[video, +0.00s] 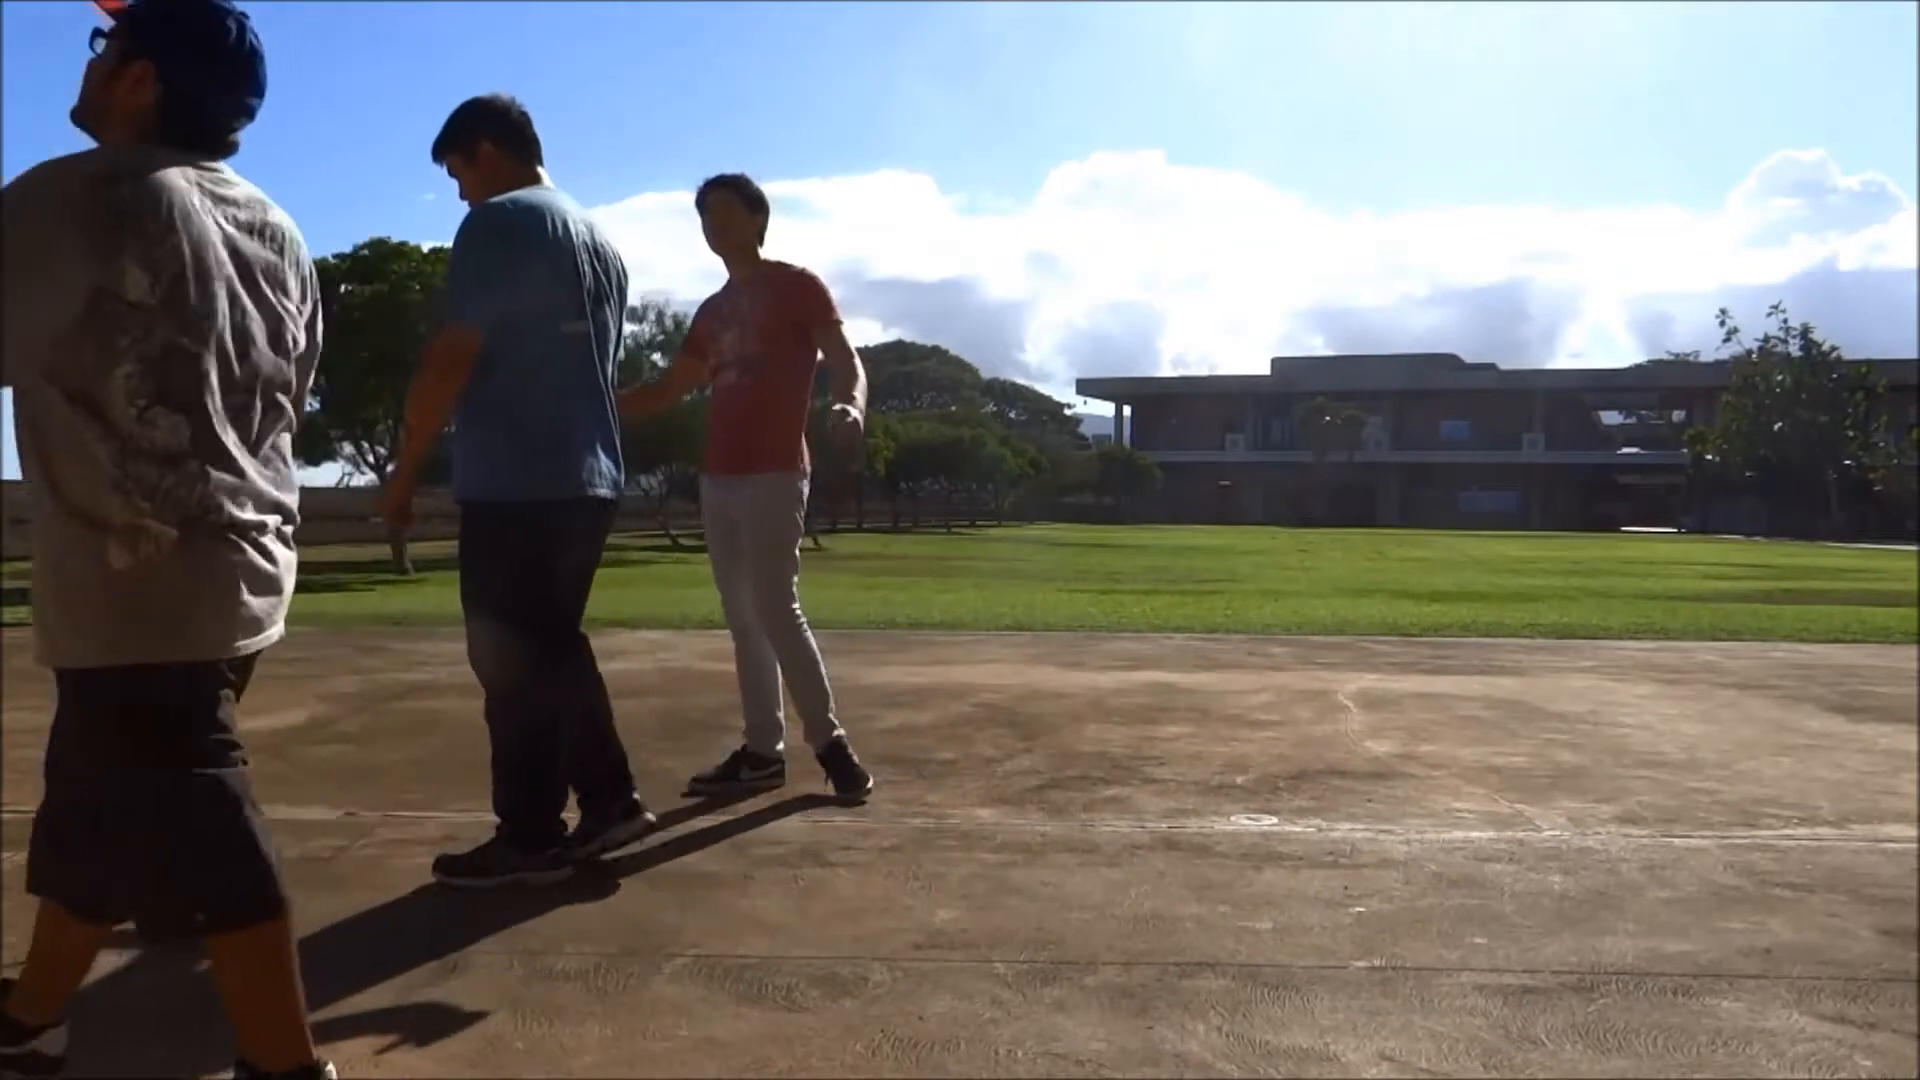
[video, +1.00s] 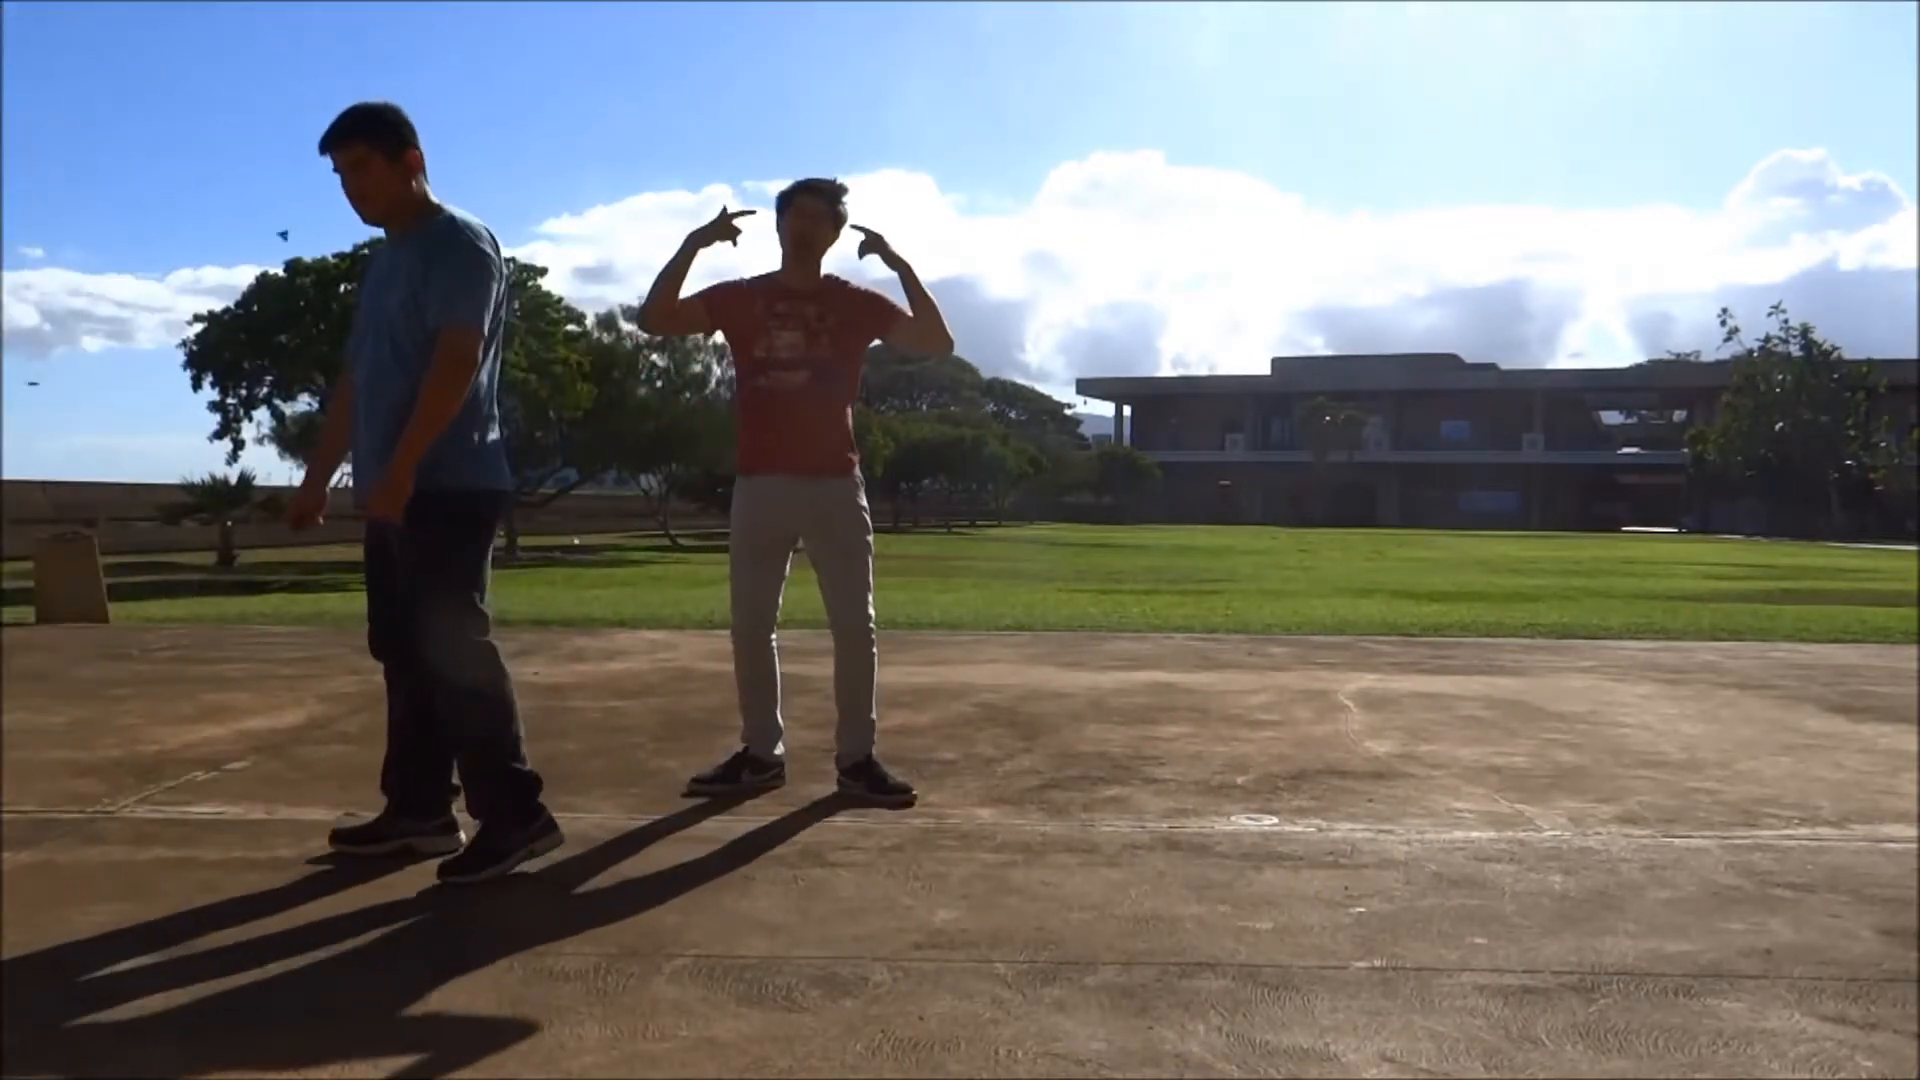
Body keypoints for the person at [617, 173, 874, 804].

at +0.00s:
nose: (710, 226)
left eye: (721, 213)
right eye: (705, 217)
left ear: (755, 218)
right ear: (705, 228)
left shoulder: (796, 285)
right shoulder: (712, 312)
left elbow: (844, 360)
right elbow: (672, 385)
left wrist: (852, 406)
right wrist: (601, 409)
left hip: (775, 477)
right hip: (721, 479)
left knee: (775, 610)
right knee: (743, 618)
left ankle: (831, 746)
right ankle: (762, 752)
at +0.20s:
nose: (713, 224)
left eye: (724, 211)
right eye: (705, 216)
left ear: (753, 218)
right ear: (698, 229)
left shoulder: (795, 291)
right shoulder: (698, 313)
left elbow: (848, 355)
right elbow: (648, 385)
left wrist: (856, 377)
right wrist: (569, 385)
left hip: (778, 481)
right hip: (716, 485)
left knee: (802, 617)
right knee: (743, 624)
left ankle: (843, 748)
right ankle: (762, 752)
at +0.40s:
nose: (733, 223)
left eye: (745, 213)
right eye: (723, 214)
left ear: (764, 221)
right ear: (708, 225)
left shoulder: (798, 292)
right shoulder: (695, 309)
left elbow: (856, 345)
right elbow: (632, 364)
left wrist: (875, 376)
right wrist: (598, 377)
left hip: (786, 482)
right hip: (718, 486)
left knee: (819, 618)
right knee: (742, 626)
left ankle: (855, 749)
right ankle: (761, 752)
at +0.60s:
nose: (757, 224)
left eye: (770, 214)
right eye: (747, 213)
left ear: (787, 226)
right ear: (729, 224)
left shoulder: (811, 295)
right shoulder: (702, 305)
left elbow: (885, 336)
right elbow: (631, 349)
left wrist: (887, 351)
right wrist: (603, 350)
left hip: (795, 486)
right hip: (725, 488)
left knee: (817, 622)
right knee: (740, 627)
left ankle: (848, 760)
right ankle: (761, 753)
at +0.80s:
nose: (779, 226)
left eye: (793, 217)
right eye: (770, 215)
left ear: (811, 230)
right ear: (752, 224)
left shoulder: (830, 300)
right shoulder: (719, 302)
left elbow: (918, 340)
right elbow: (631, 338)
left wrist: (887, 298)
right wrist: (633, 285)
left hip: (813, 488)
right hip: (740, 489)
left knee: (838, 625)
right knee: (742, 629)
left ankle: (856, 761)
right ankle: (761, 756)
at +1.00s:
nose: (810, 225)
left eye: (822, 217)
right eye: (800, 214)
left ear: (837, 231)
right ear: (780, 223)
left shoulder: (853, 302)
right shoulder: (742, 298)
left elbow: (936, 341)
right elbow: (656, 316)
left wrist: (901, 265)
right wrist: (694, 243)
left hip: (835, 488)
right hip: (761, 486)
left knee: (855, 626)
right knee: (751, 628)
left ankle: (858, 760)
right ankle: (761, 755)